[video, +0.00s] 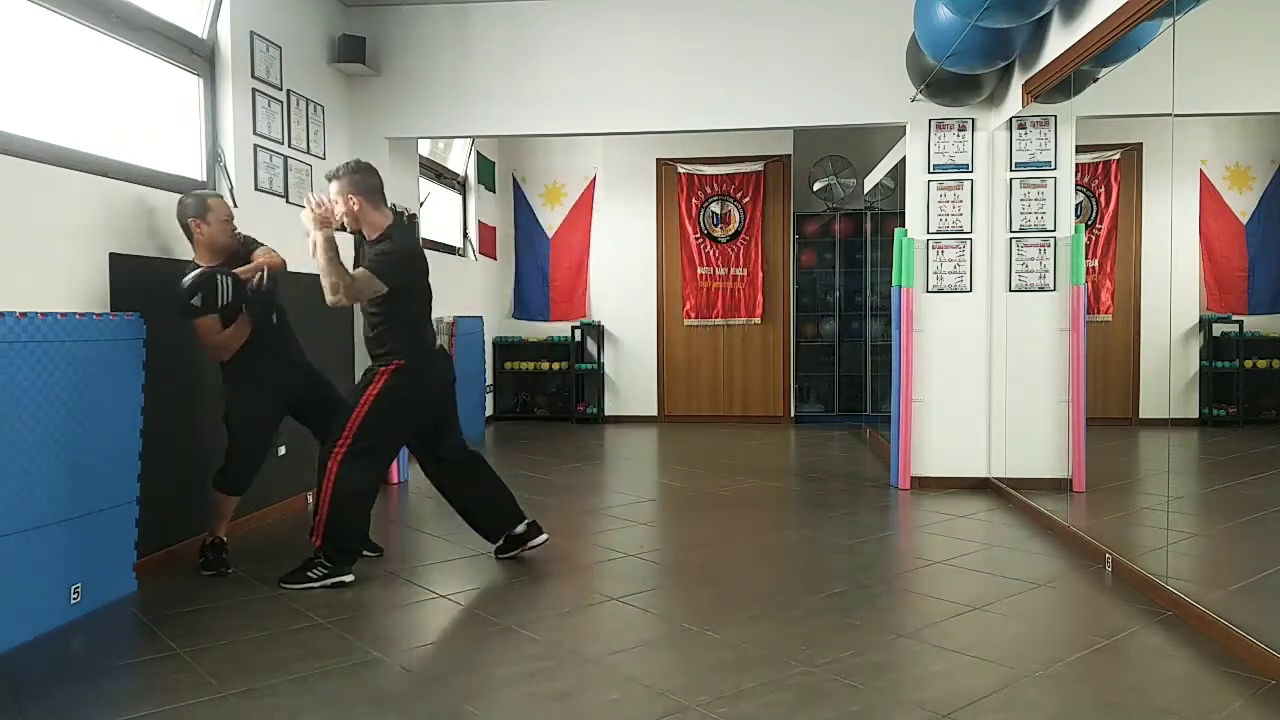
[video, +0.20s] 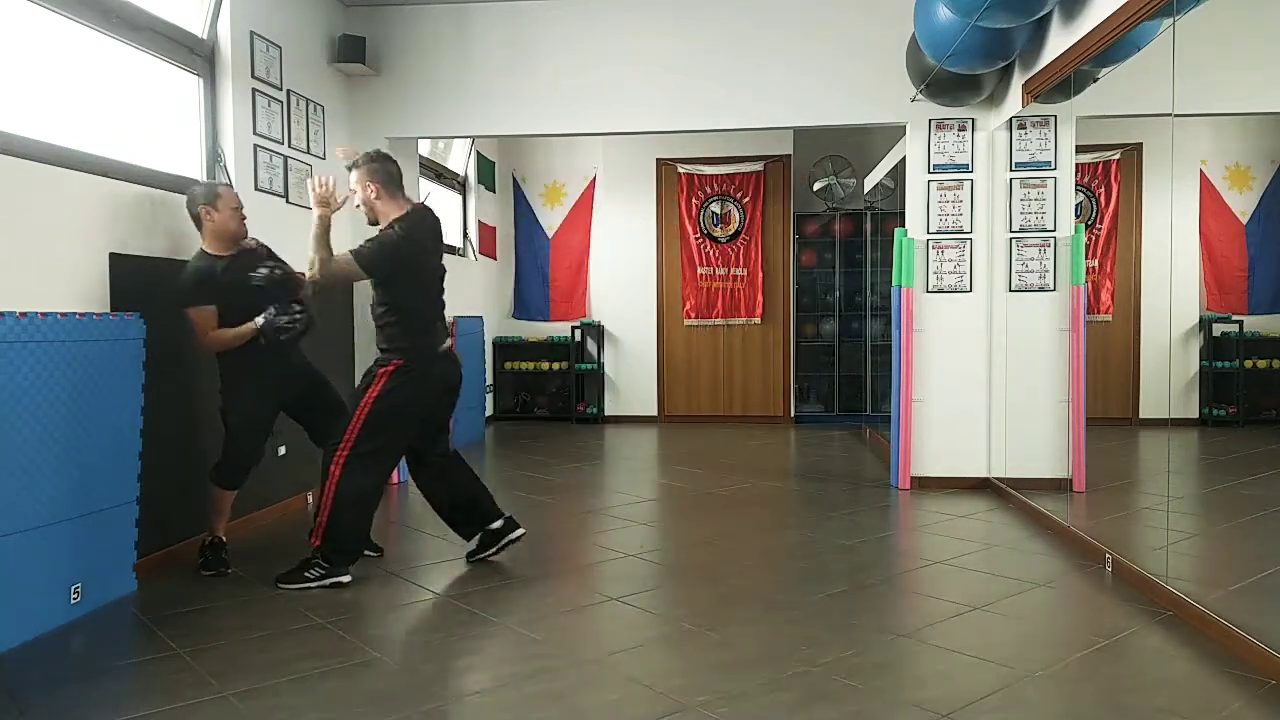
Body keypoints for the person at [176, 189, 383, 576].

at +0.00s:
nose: (235, 228)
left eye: (233, 220)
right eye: (226, 221)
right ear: (198, 227)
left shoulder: (243, 247)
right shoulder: (195, 285)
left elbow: (277, 261)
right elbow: (216, 350)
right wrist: (251, 314)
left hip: (293, 371)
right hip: (250, 387)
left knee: (345, 430)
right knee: (242, 461)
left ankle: (343, 530)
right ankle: (216, 540)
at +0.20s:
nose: (245, 218)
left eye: (242, 210)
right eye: (237, 211)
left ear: (214, 214)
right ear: (207, 215)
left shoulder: (254, 250)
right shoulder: (199, 274)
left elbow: (299, 288)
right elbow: (207, 340)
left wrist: (293, 286)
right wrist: (259, 324)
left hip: (291, 368)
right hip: (246, 381)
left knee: (344, 433)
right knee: (239, 458)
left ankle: (342, 532)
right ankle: (215, 539)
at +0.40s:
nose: (284, 208)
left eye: (281, 201)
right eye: (276, 201)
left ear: (251, 207)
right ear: (248, 207)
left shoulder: (286, 252)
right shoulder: (233, 260)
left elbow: (295, 296)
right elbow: (227, 324)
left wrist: (323, 304)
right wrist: (291, 330)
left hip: (300, 369)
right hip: (258, 374)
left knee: (344, 445)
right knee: (243, 454)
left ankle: (313, 523)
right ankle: (216, 536)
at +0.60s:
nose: (338, 214)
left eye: (336, 207)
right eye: (330, 207)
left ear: (308, 211)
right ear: (303, 210)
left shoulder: (330, 259)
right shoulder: (284, 258)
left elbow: (336, 306)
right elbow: (268, 322)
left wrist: (368, 317)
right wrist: (326, 351)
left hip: (333, 376)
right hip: (295, 376)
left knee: (335, 457)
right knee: (288, 463)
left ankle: (303, 536)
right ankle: (242, 523)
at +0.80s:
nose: (384, 208)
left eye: (384, 201)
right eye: (377, 200)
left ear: (359, 202)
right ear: (349, 200)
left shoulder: (370, 251)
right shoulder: (325, 243)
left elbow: (379, 295)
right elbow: (290, 296)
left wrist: (400, 297)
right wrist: (351, 310)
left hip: (355, 365)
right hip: (330, 365)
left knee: (334, 449)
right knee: (352, 451)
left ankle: (306, 527)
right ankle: (343, 537)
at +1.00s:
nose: (420, 221)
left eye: (421, 214)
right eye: (414, 214)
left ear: (395, 214)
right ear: (387, 213)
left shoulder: (398, 260)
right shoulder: (368, 254)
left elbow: (405, 314)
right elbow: (351, 316)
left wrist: (429, 328)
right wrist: (408, 332)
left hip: (393, 367)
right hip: (373, 368)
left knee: (392, 454)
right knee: (405, 454)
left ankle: (330, 513)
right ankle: (394, 548)